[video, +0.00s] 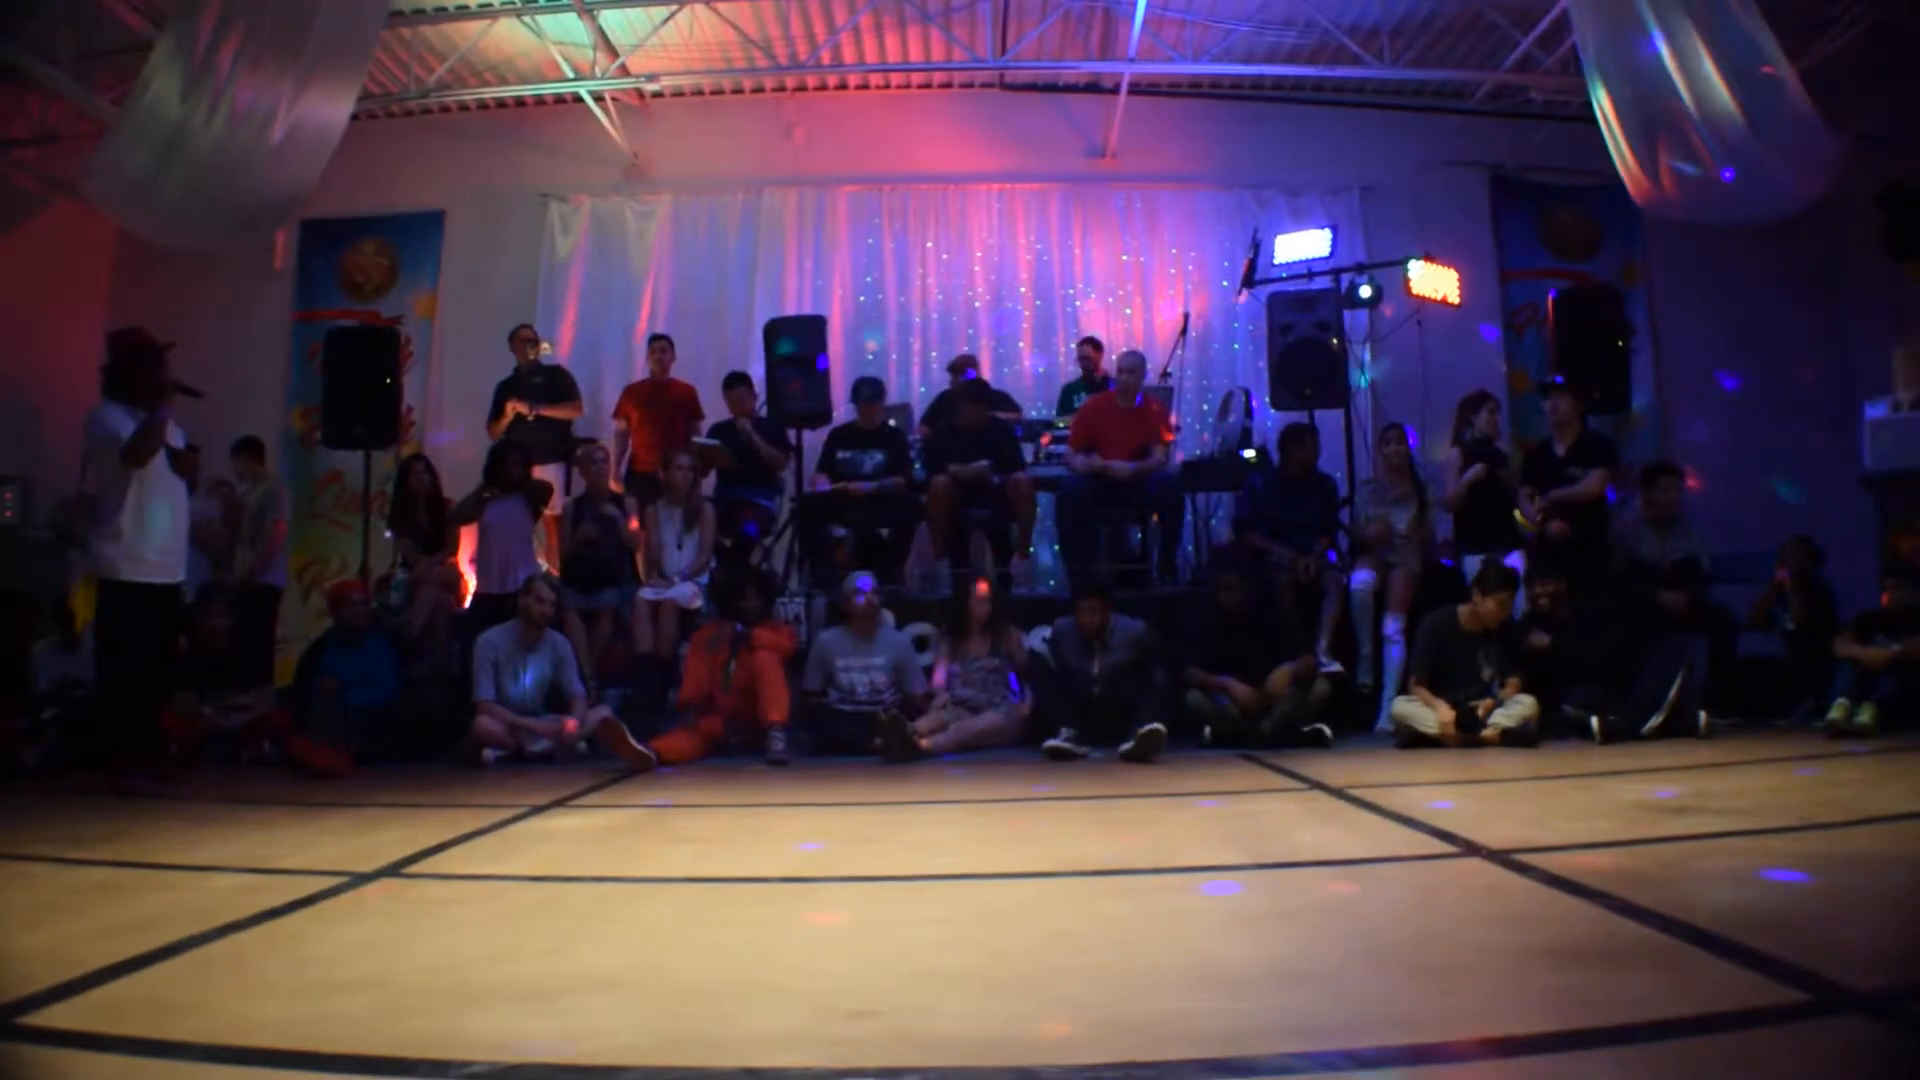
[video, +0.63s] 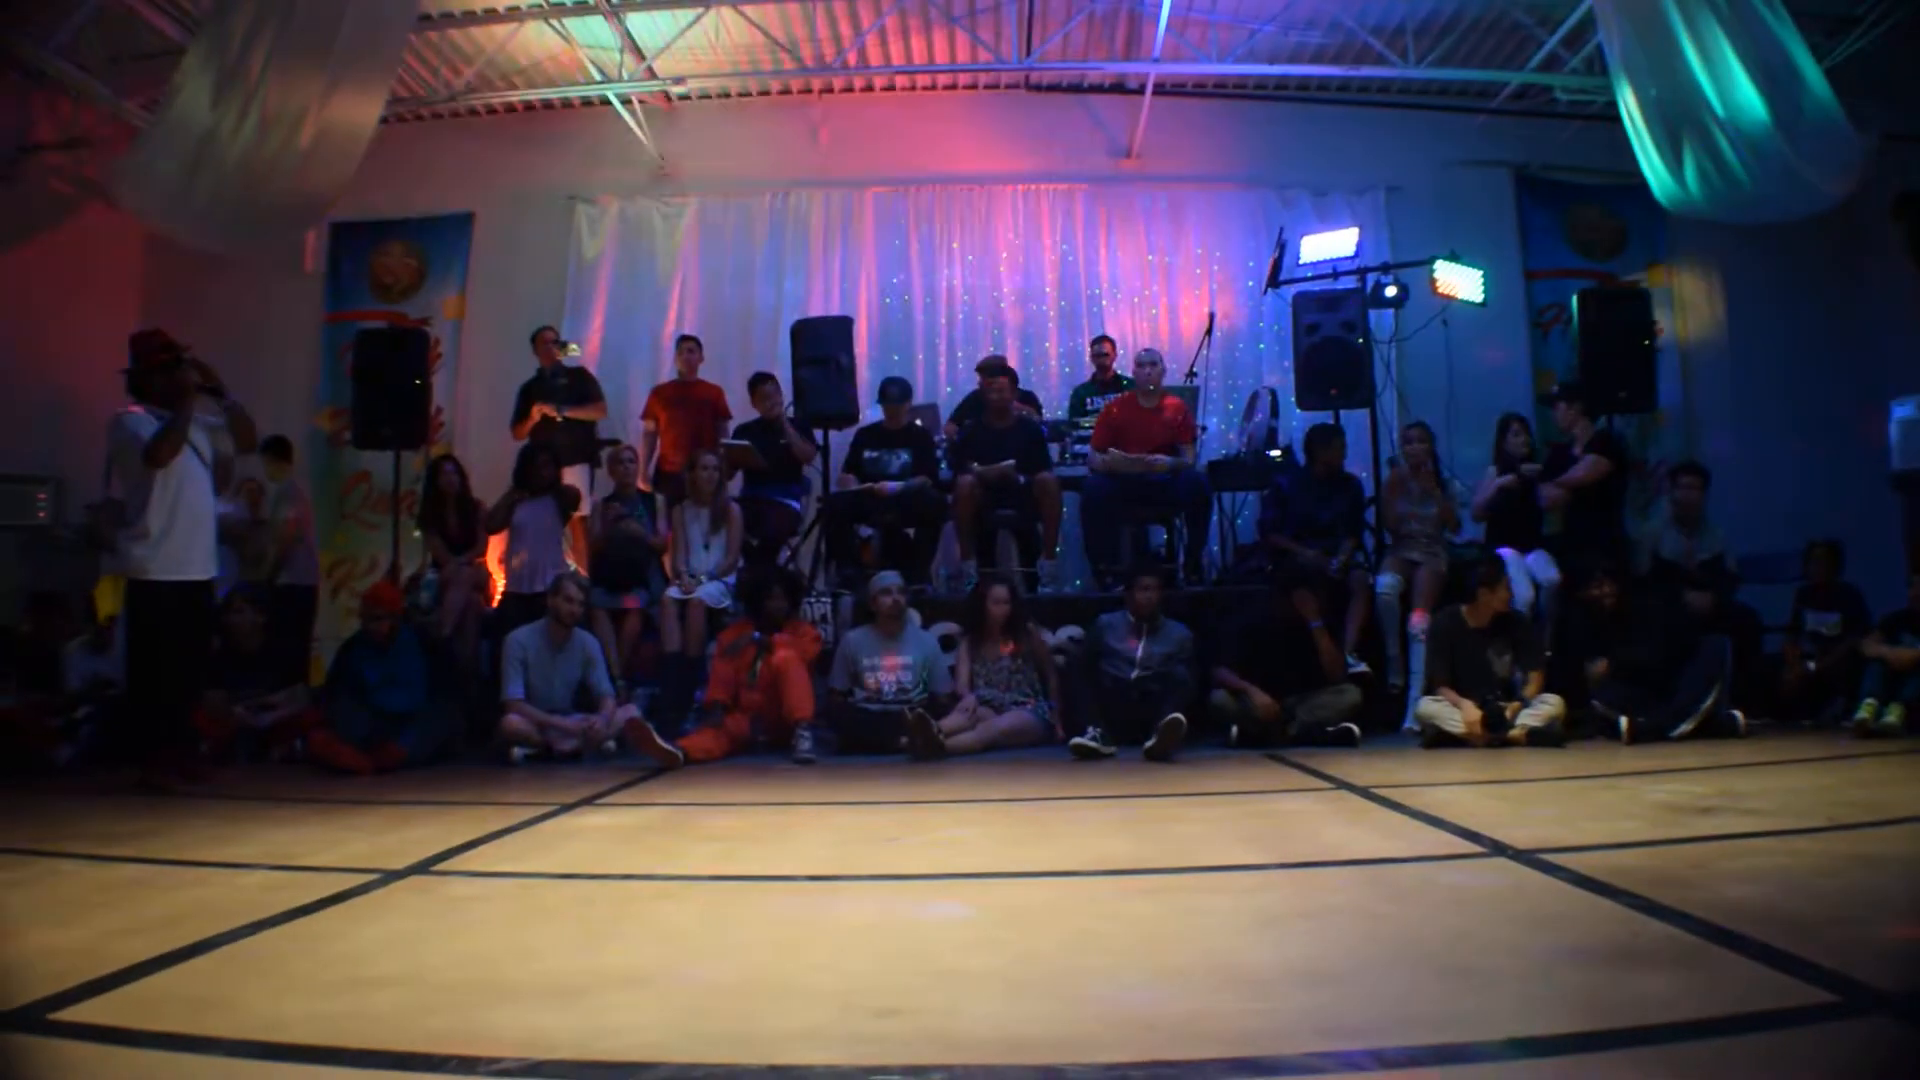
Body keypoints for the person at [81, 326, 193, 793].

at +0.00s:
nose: (161, 379)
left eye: (160, 372)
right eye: (152, 371)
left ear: (151, 377)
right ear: (128, 374)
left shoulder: (164, 425)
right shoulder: (106, 419)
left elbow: (189, 477)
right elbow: (132, 457)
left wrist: (180, 447)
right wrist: (160, 409)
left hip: (166, 574)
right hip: (125, 574)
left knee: (157, 674)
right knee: (124, 675)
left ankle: (152, 759)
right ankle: (120, 763)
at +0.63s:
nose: (176, 381)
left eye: (178, 371)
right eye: (164, 372)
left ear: (184, 376)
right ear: (142, 381)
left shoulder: (193, 427)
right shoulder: (131, 423)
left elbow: (247, 439)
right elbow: (157, 456)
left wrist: (220, 394)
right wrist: (184, 403)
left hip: (198, 576)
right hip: (154, 576)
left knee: (192, 677)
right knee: (154, 677)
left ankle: (188, 757)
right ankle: (151, 761)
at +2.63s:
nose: (179, 390)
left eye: (180, 381)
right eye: (170, 382)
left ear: (177, 385)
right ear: (147, 386)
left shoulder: (180, 431)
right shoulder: (127, 425)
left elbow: (239, 440)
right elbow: (157, 463)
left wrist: (215, 400)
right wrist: (186, 413)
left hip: (183, 581)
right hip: (148, 580)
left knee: (177, 682)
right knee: (147, 682)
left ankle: (171, 765)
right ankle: (145, 771)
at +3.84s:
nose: (179, 390)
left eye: (181, 383)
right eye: (169, 383)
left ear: (185, 387)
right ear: (147, 386)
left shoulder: (200, 433)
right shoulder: (126, 429)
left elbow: (245, 462)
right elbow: (130, 468)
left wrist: (250, 438)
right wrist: (165, 423)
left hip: (191, 581)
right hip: (143, 581)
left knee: (185, 682)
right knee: (144, 681)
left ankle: (177, 762)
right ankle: (143, 768)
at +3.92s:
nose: (182, 389)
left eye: (184, 381)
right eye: (171, 382)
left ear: (186, 387)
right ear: (147, 387)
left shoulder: (202, 435)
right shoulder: (125, 431)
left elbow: (256, 463)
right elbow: (124, 468)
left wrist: (250, 469)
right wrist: (156, 421)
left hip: (191, 585)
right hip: (142, 585)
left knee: (184, 685)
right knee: (144, 685)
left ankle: (177, 763)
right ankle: (143, 769)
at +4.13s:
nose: (173, 393)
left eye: (178, 385)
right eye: (163, 386)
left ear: (185, 388)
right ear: (144, 391)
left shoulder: (207, 437)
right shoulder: (128, 434)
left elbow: (241, 491)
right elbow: (117, 471)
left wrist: (240, 526)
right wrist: (150, 422)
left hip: (194, 585)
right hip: (142, 584)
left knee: (185, 681)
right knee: (143, 682)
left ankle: (177, 761)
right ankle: (142, 765)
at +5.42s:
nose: (207, 382)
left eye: (210, 373)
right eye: (196, 374)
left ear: (216, 377)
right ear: (174, 379)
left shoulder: (228, 431)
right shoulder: (153, 428)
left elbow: (251, 498)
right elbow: (155, 464)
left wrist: (266, 550)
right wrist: (186, 413)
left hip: (226, 582)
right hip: (172, 584)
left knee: (222, 682)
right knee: (177, 684)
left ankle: (215, 765)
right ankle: (183, 768)